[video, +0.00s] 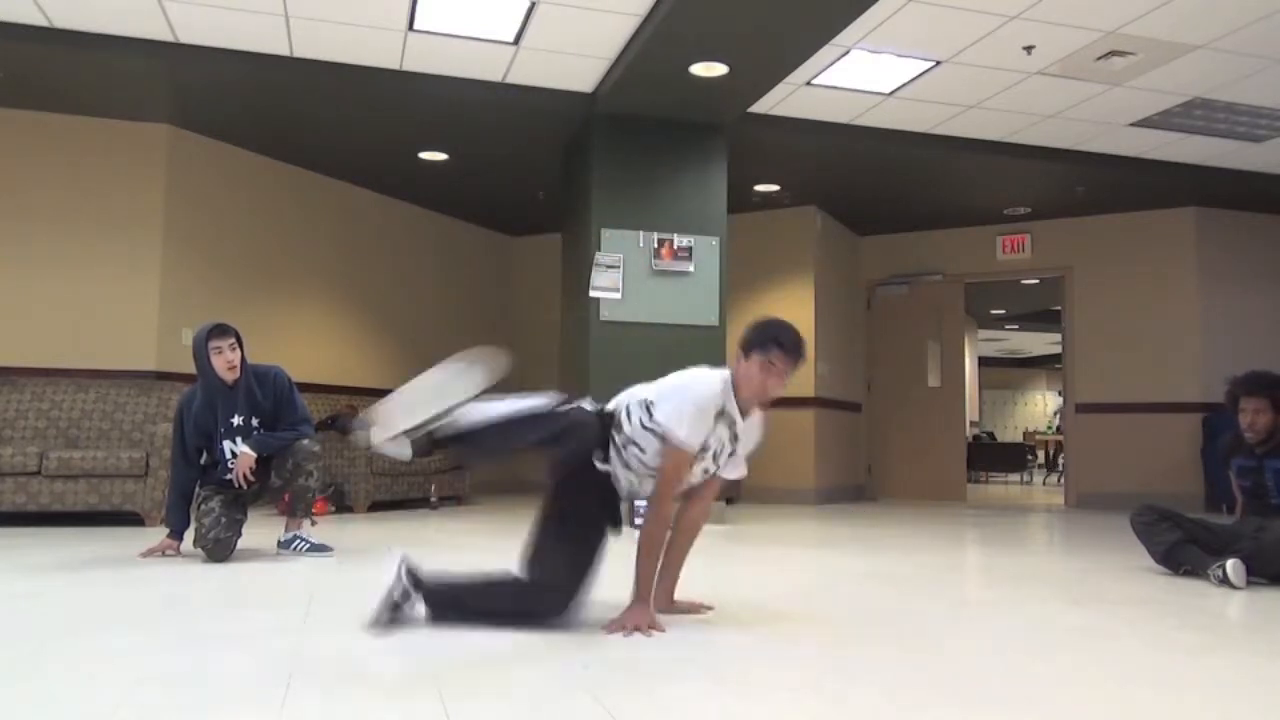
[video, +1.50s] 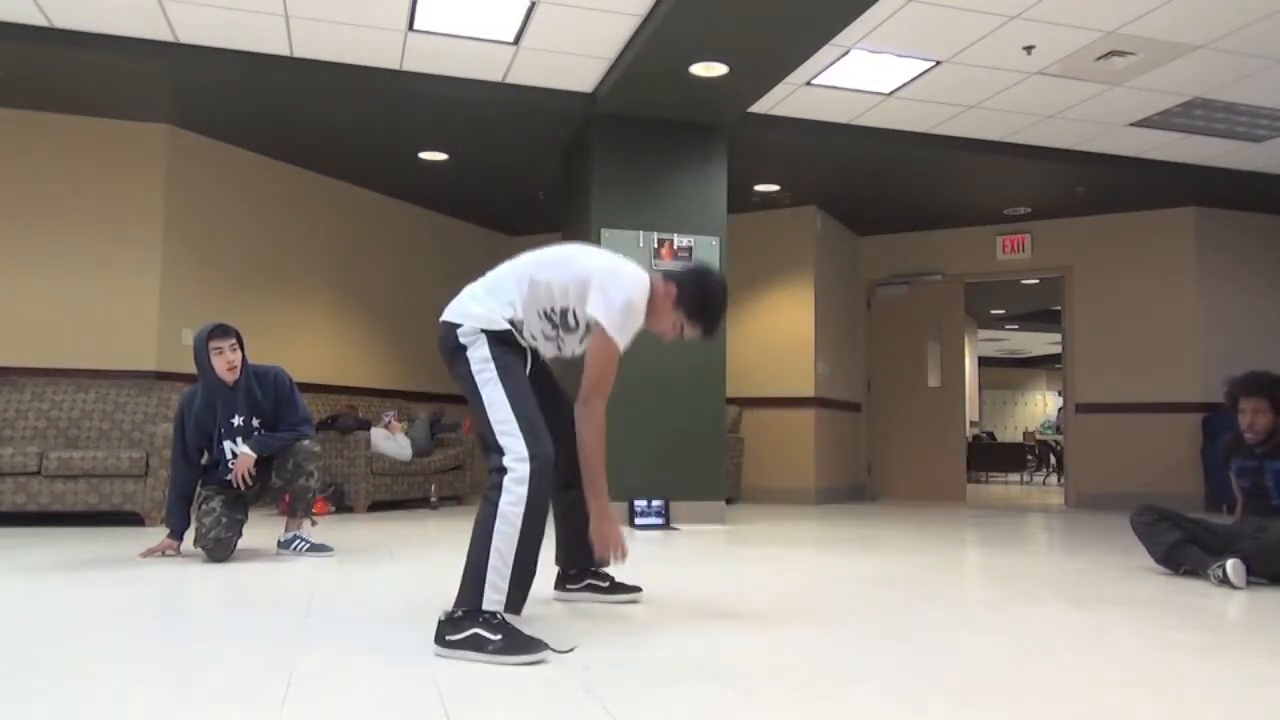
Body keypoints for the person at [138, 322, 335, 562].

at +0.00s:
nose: (229, 357)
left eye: (233, 348)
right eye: (218, 352)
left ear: (241, 350)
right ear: (204, 360)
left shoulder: (272, 381)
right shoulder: (193, 404)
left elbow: (304, 430)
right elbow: (184, 471)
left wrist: (255, 446)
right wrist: (174, 535)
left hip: (266, 476)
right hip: (220, 487)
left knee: (306, 450)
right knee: (215, 549)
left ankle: (292, 534)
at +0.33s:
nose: (229, 357)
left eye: (232, 348)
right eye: (218, 352)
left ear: (241, 350)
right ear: (204, 360)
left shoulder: (272, 381)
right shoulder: (193, 404)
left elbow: (304, 430)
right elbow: (183, 471)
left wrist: (255, 446)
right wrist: (174, 535)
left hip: (266, 476)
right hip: (220, 488)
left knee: (307, 450)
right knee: (215, 549)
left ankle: (292, 534)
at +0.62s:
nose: (229, 357)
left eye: (233, 348)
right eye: (218, 352)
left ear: (241, 350)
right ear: (204, 360)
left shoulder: (272, 381)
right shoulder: (193, 404)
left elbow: (304, 430)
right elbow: (184, 471)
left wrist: (255, 446)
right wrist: (174, 535)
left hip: (266, 476)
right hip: (220, 488)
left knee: (306, 450)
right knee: (215, 549)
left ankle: (292, 534)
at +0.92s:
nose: (230, 358)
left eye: (234, 349)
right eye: (219, 352)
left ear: (242, 351)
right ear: (204, 359)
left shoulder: (272, 380)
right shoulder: (193, 403)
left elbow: (304, 429)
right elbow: (184, 470)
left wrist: (255, 446)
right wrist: (174, 535)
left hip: (266, 476)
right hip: (221, 487)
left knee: (307, 450)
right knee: (215, 549)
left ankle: (292, 534)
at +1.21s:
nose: (230, 358)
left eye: (234, 349)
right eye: (219, 352)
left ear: (242, 351)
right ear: (205, 360)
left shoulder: (273, 380)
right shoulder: (194, 403)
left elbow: (304, 430)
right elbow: (184, 470)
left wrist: (255, 446)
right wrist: (174, 535)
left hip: (266, 476)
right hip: (221, 487)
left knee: (307, 450)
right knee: (215, 549)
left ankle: (292, 535)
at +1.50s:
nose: (230, 358)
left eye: (234, 349)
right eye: (219, 353)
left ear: (242, 351)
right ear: (204, 361)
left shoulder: (273, 381)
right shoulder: (194, 403)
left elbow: (304, 430)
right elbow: (184, 470)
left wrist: (255, 447)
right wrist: (174, 535)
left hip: (266, 476)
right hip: (221, 487)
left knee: (307, 451)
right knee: (216, 549)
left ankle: (292, 534)